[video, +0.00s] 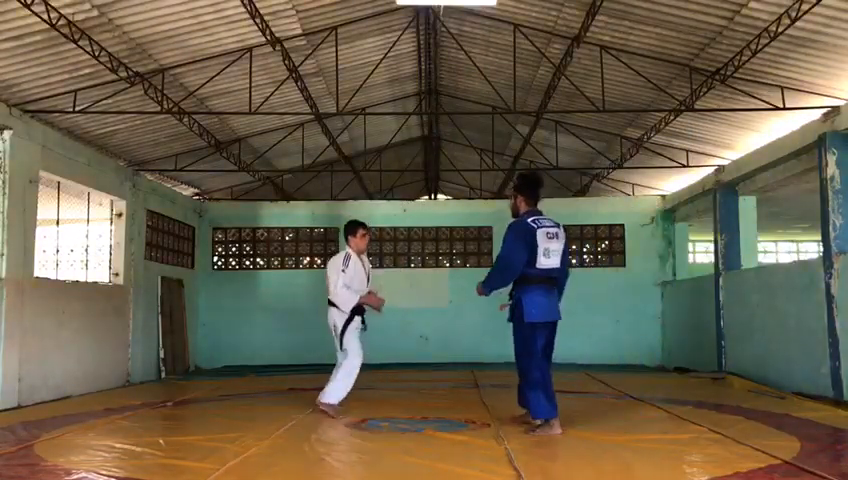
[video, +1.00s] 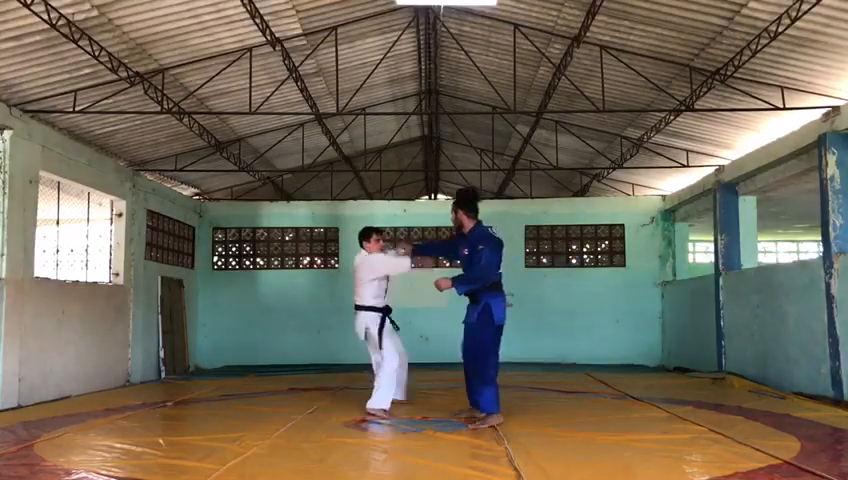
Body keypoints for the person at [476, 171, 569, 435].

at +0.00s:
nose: (512, 202)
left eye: (513, 197)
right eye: (513, 197)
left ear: (520, 199)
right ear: (536, 199)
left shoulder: (519, 227)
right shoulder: (556, 228)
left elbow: (510, 264)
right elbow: (562, 269)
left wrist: (486, 285)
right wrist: (553, 297)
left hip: (528, 300)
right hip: (550, 299)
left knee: (529, 360)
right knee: (542, 358)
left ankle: (549, 420)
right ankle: (537, 411)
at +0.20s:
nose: (499, 206)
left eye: (501, 202)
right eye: (500, 202)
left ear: (508, 203)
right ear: (522, 204)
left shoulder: (511, 232)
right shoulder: (536, 231)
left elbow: (508, 270)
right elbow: (533, 274)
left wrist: (480, 282)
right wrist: (505, 295)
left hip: (517, 305)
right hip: (536, 304)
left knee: (500, 354)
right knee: (526, 356)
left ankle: (533, 402)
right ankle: (529, 410)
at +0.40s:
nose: (487, 206)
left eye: (488, 201)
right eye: (488, 201)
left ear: (496, 203)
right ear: (507, 203)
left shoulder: (506, 229)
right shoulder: (518, 227)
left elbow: (505, 268)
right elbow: (498, 262)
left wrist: (477, 281)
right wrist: (468, 264)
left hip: (507, 301)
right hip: (522, 298)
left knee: (491, 354)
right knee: (519, 355)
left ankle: (497, 414)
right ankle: (530, 411)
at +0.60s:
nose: (474, 212)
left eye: (475, 207)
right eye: (474, 207)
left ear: (483, 208)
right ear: (493, 207)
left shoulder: (495, 232)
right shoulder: (501, 230)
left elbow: (494, 270)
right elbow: (480, 260)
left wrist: (467, 285)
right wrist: (451, 257)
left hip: (499, 301)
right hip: (506, 300)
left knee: (489, 355)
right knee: (495, 353)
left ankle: (494, 416)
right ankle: (518, 395)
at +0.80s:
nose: (462, 212)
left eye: (464, 208)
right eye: (463, 208)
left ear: (471, 209)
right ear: (481, 207)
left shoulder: (490, 233)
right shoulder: (481, 233)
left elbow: (489, 270)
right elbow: (467, 258)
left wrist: (459, 282)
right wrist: (438, 253)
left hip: (496, 299)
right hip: (486, 298)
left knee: (491, 353)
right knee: (477, 349)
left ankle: (495, 414)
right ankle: (484, 403)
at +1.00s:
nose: (453, 218)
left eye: (454, 213)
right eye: (454, 214)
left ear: (461, 214)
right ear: (470, 213)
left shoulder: (488, 240)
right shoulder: (465, 239)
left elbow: (485, 274)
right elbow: (442, 249)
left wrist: (454, 282)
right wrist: (413, 250)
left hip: (490, 302)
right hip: (476, 302)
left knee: (483, 354)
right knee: (471, 353)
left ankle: (492, 412)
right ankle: (478, 406)